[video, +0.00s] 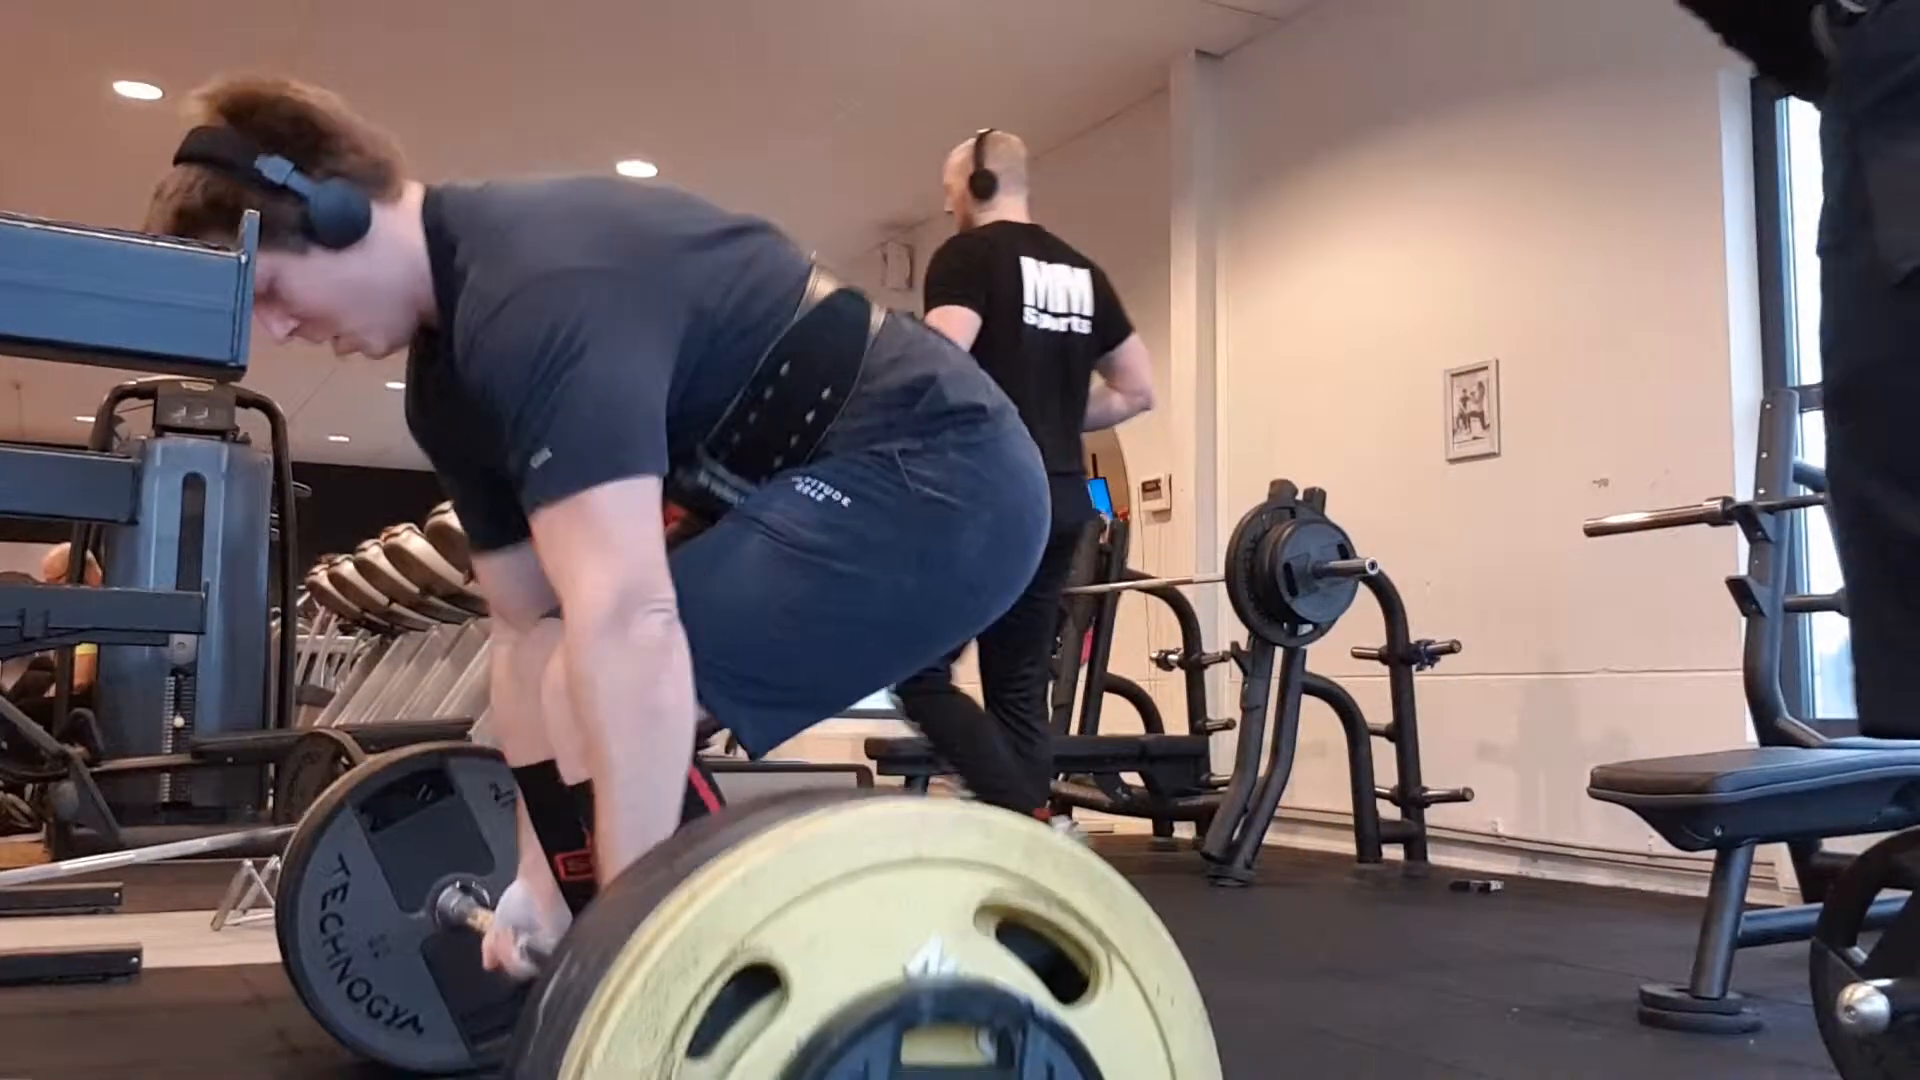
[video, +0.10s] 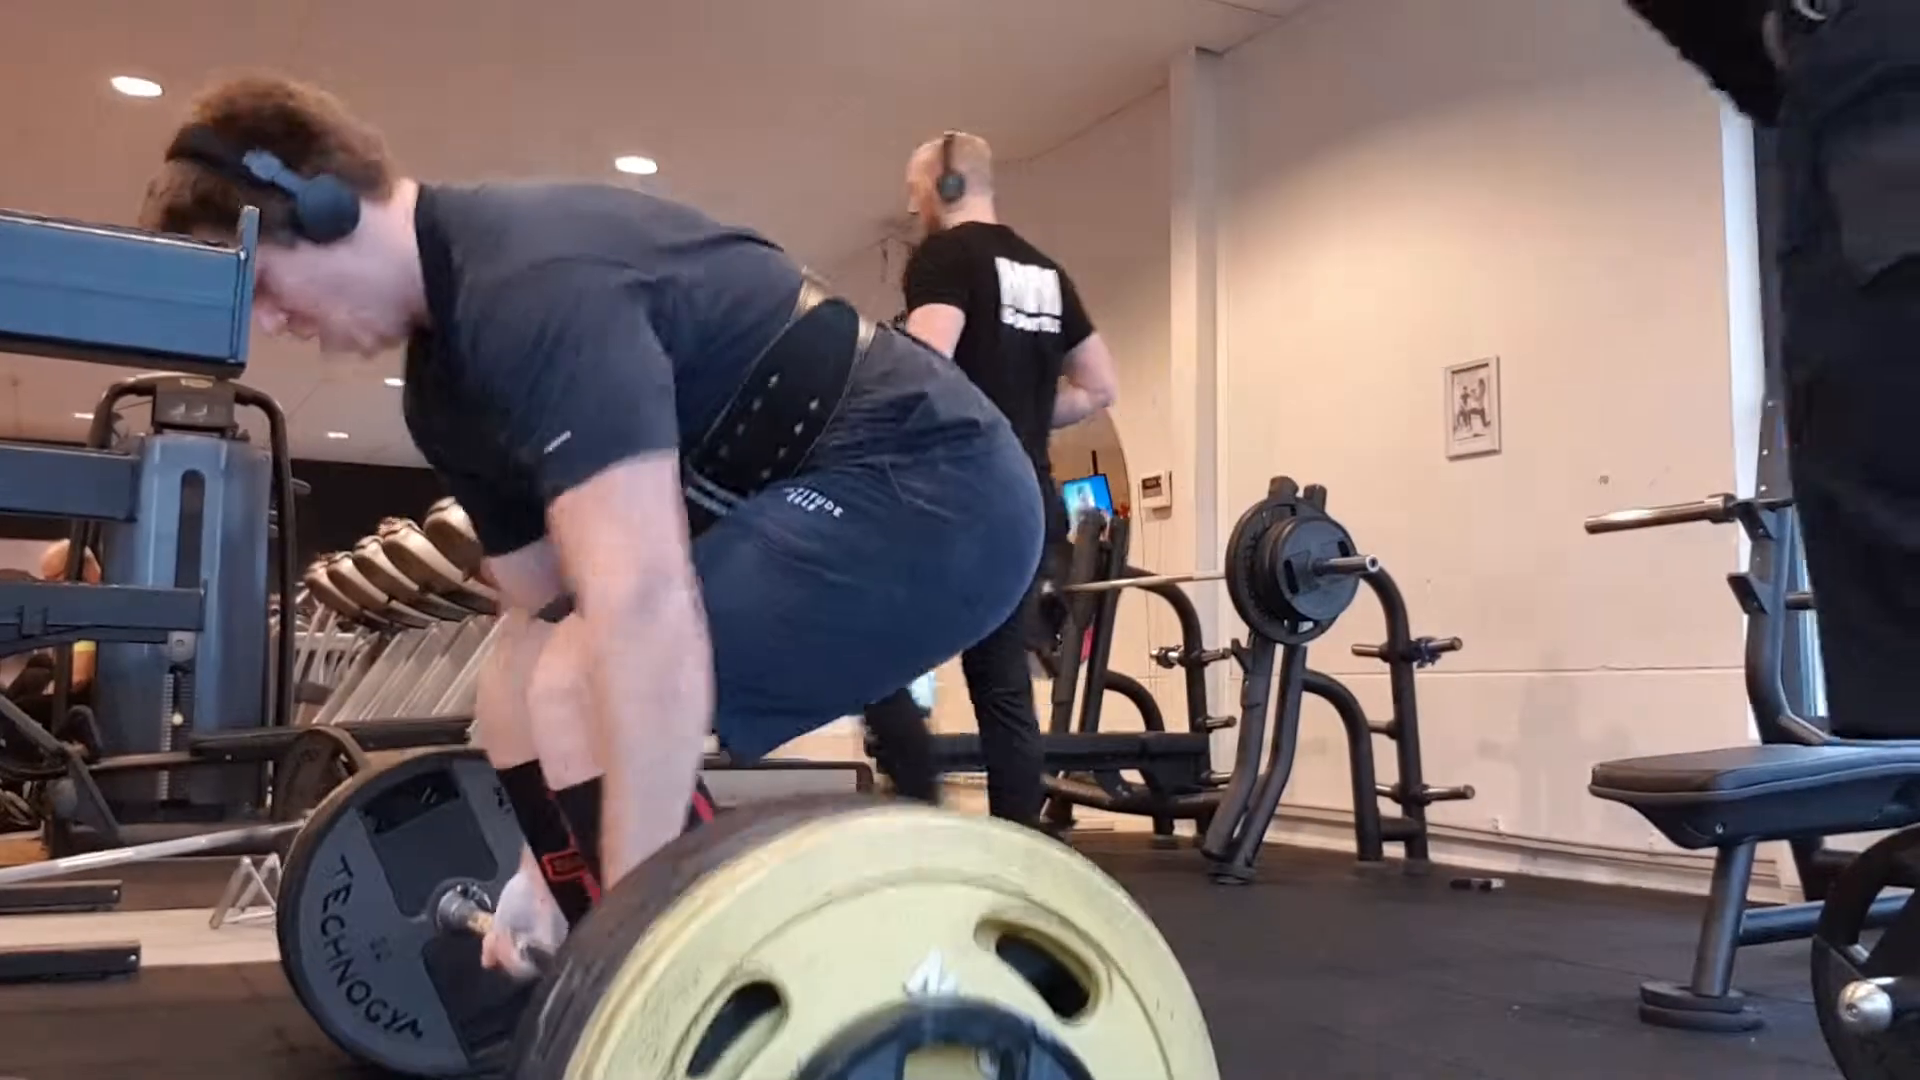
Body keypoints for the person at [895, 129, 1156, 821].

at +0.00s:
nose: (947, 203)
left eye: (949, 190)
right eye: (946, 190)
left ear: (971, 187)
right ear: (1022, 187)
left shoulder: (968, 253)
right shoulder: (1080, 269)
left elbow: (940, 360)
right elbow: (1136, 392)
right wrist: (1060, 418)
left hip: (984, 500)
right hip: (1061, 502)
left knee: (919, 672)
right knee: (1020, 679)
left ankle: (1022, 809)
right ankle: (1025, 843)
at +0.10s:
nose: (910, 203)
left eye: (914, 191)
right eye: (910, 190)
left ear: (937, 189)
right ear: (986, 189)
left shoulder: (947, 254)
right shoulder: (1044, 269)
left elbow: (923, 367)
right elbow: (1098, 390)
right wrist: (1021, 409)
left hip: (951, 494)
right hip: (1025, 498)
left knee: (873, 642)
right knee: (1002, 675)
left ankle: (922, 812)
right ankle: (1018, 844)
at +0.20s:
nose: (869, 214)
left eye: (874, 199)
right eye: (868, 199)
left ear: (904, 197)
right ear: (938, 196)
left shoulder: (911, 262)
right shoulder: (1000, 274)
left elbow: (908, 370)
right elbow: (1052, 394)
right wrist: (978, 429)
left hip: (906, 488)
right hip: (977, 493)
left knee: (863, 649)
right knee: (974, 665)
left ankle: (838, 827)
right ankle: (1010, 835)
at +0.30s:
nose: (824, 225)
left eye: (830, 211)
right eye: (823, 211)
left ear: (861, 207)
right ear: (891, 206)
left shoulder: (859, 284)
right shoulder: (958, 286)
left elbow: (839, 396)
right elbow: (999, 394)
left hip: (865, 504)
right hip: (932, 505)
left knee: (839, 669)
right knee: (938, 675)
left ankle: (803, 820)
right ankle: (993, 826)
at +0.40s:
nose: (777, 232)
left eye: (783, 219)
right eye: (776, 219)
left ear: (813, 215)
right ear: (853, 211)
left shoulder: (812, 292)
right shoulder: (908, 292)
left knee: (771, 678)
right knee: (882, 686)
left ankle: (770, 844)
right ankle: (960, 827)